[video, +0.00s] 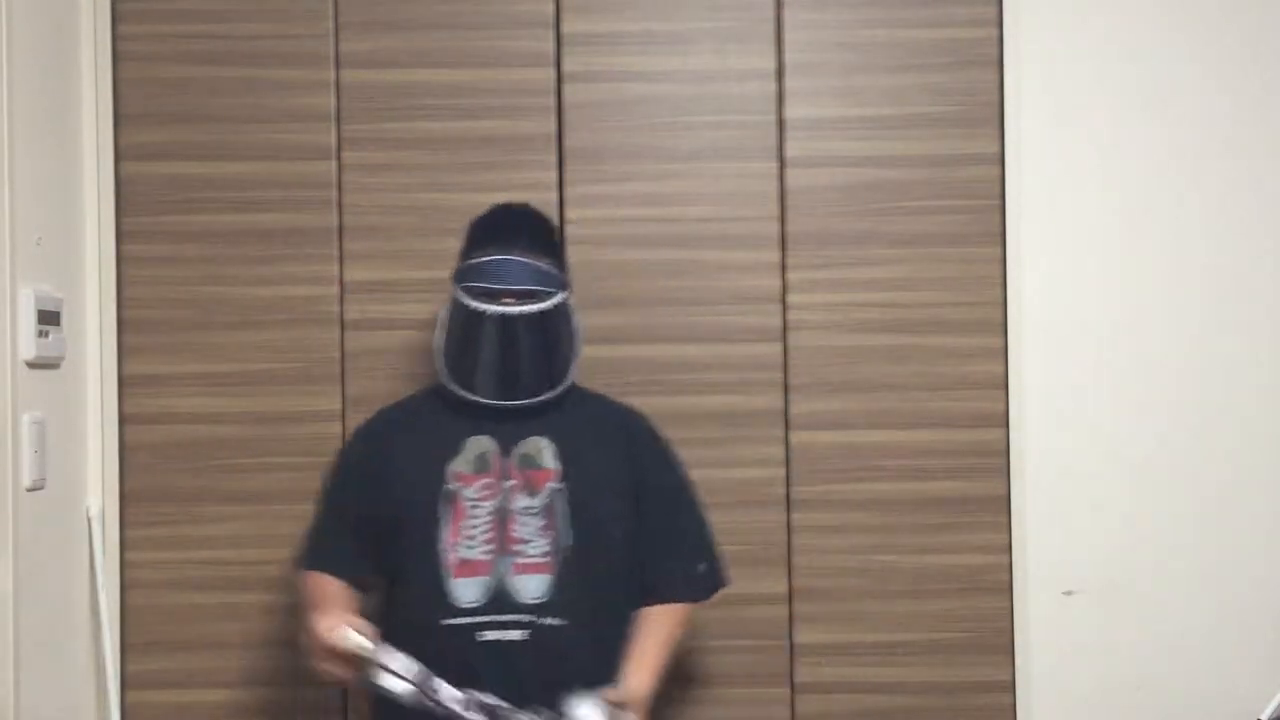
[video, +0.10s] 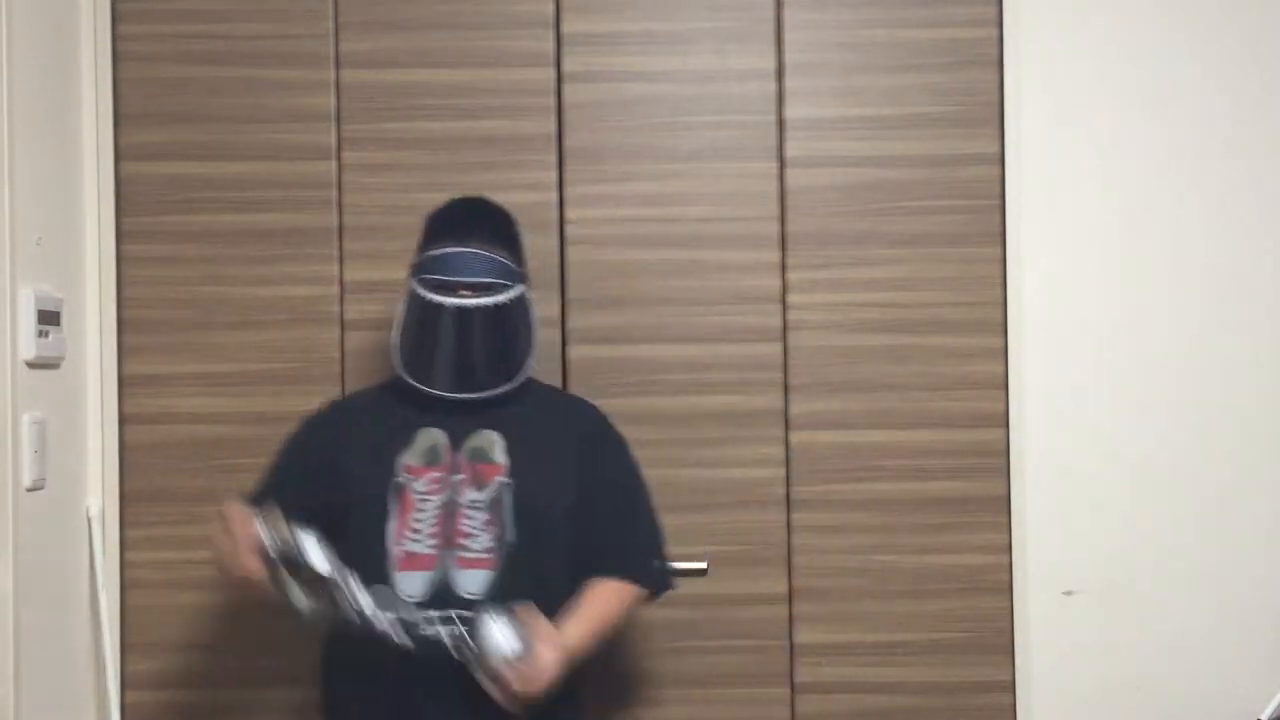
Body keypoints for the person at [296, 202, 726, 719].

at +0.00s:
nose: (509, 333)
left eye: (530, 315)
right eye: (489, 314)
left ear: (563, 316)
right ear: (457, 312)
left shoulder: (622, 441)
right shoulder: (390, 441)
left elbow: (675, 580)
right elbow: (331, 558)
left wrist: (632, 693)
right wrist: (332, 620)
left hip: (577, 702)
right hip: (428, 703)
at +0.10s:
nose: (462, 330)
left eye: (482, 311)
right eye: (444, 310)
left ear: (517, 310)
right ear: (412, 306)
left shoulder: (575, 434)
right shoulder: (343, 431)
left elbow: (629, 566)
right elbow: (275, 525)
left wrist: (558, 644)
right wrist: (247, 541)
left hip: (520, 704)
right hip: (373, 704)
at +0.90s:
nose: (486, 330)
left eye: (506, 310)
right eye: (468, 308)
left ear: (537, 311)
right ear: (435, 305)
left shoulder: (592, 437)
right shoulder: (363, 433)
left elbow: (636, 582)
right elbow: (304, 550)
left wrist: (582, 683)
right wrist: (286, 602)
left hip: (527, 701)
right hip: (382, 695)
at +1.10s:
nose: (575, 331)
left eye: (596, 311)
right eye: (555, 311)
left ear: (627, 309)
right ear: (522, 307)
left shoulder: (695, 435)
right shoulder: (459, 441)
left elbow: (748, 574)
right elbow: (405, 559)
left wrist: (720, 684)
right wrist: (420, 618)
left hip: (659, 699)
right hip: (506, 700)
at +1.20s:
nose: (607, 317)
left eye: (627, 297)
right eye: (587, 297)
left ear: (658, 296)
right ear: (554, 295)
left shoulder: (726, 418)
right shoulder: (494, 426)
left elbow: (807, 535)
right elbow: (407, 553)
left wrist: (762, 623)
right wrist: (458, 544)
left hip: (684, 701)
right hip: (539, 700)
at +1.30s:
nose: (624, 305)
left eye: (645, 285)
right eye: (603, 284)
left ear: (675, 286)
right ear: (571, 286)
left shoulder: (740, 402)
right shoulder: (525, 413)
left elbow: (861, 502)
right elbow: (407, 517)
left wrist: (805, 500)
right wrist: (466, 424)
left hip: (712, 699)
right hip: (564, 701)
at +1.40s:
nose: (635, 305)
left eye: (657, 284)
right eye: (613, 285)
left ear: (686, 289)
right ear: (575, 290)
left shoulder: (748, 404)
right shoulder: (530, 409)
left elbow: (885, 488)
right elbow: (415, 453)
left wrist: (829, 413)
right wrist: (483, 337)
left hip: (727, 695)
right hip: (576, 697)